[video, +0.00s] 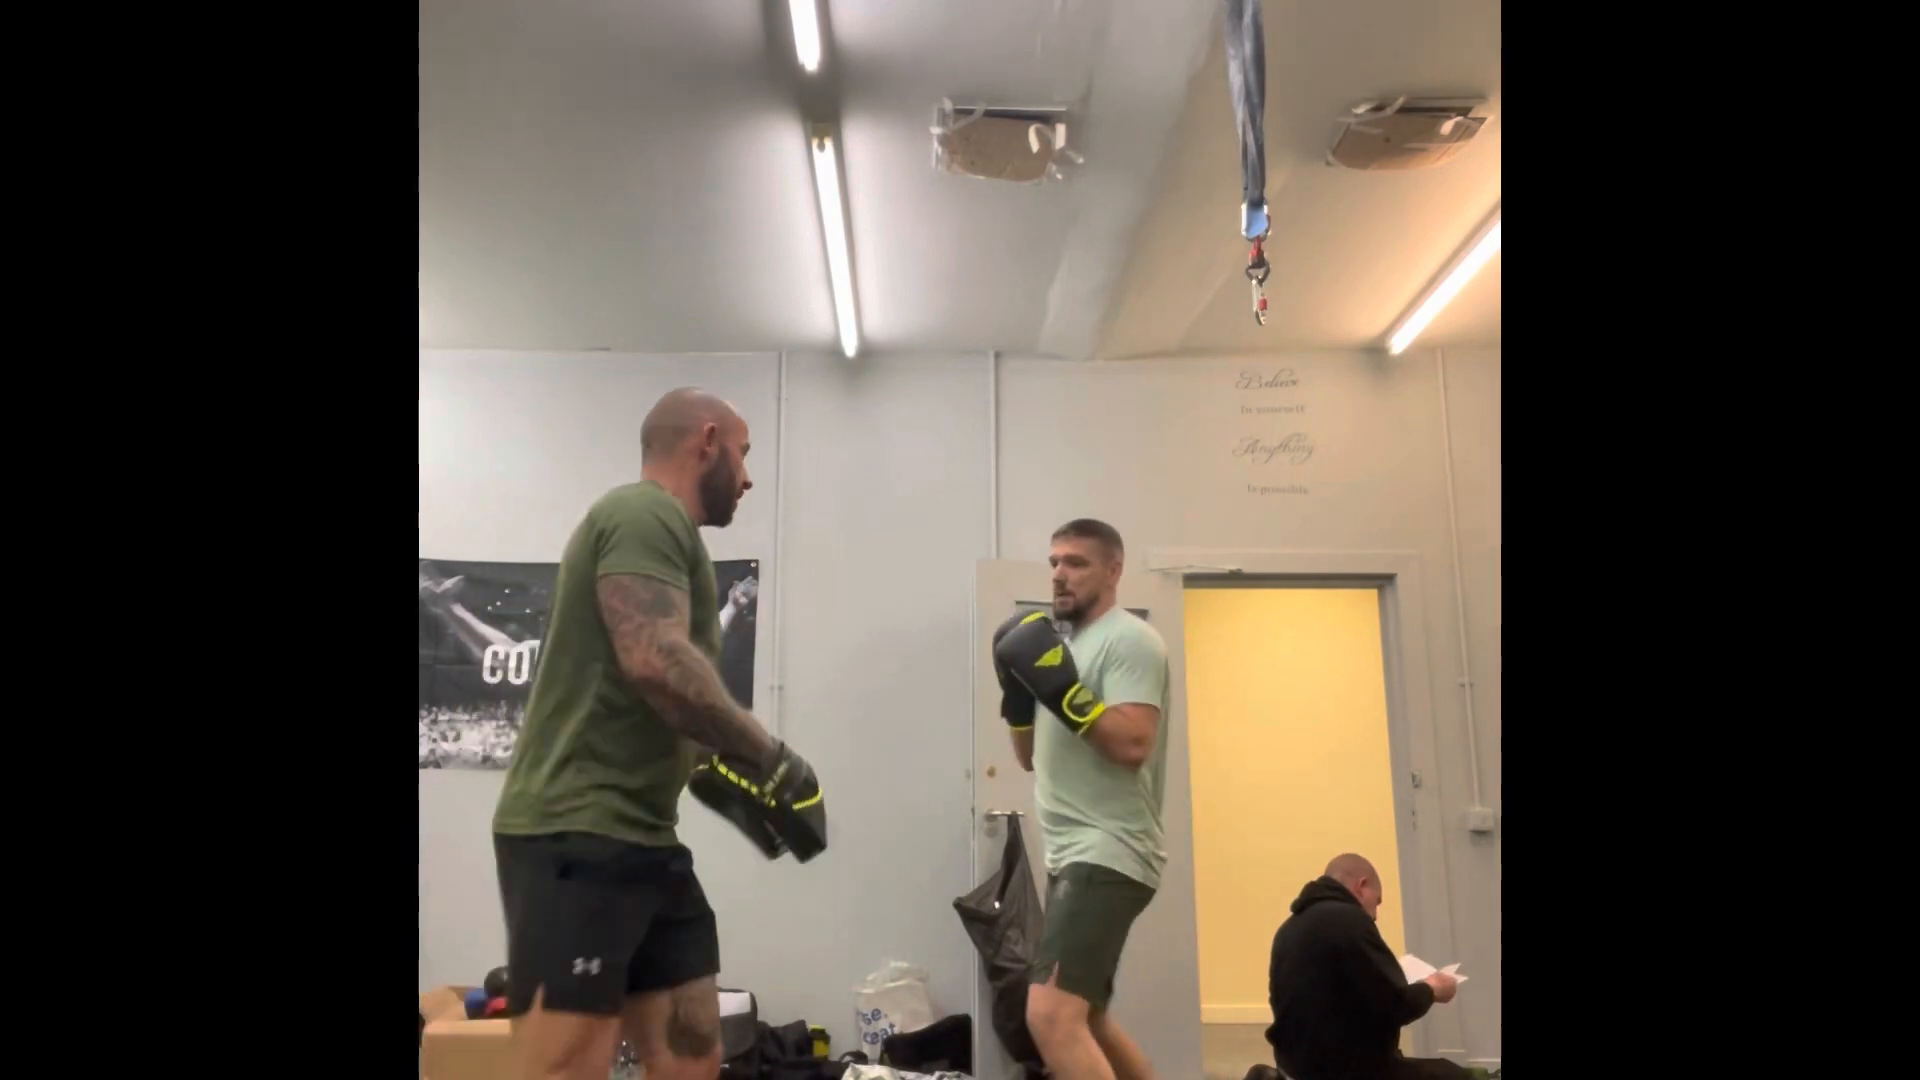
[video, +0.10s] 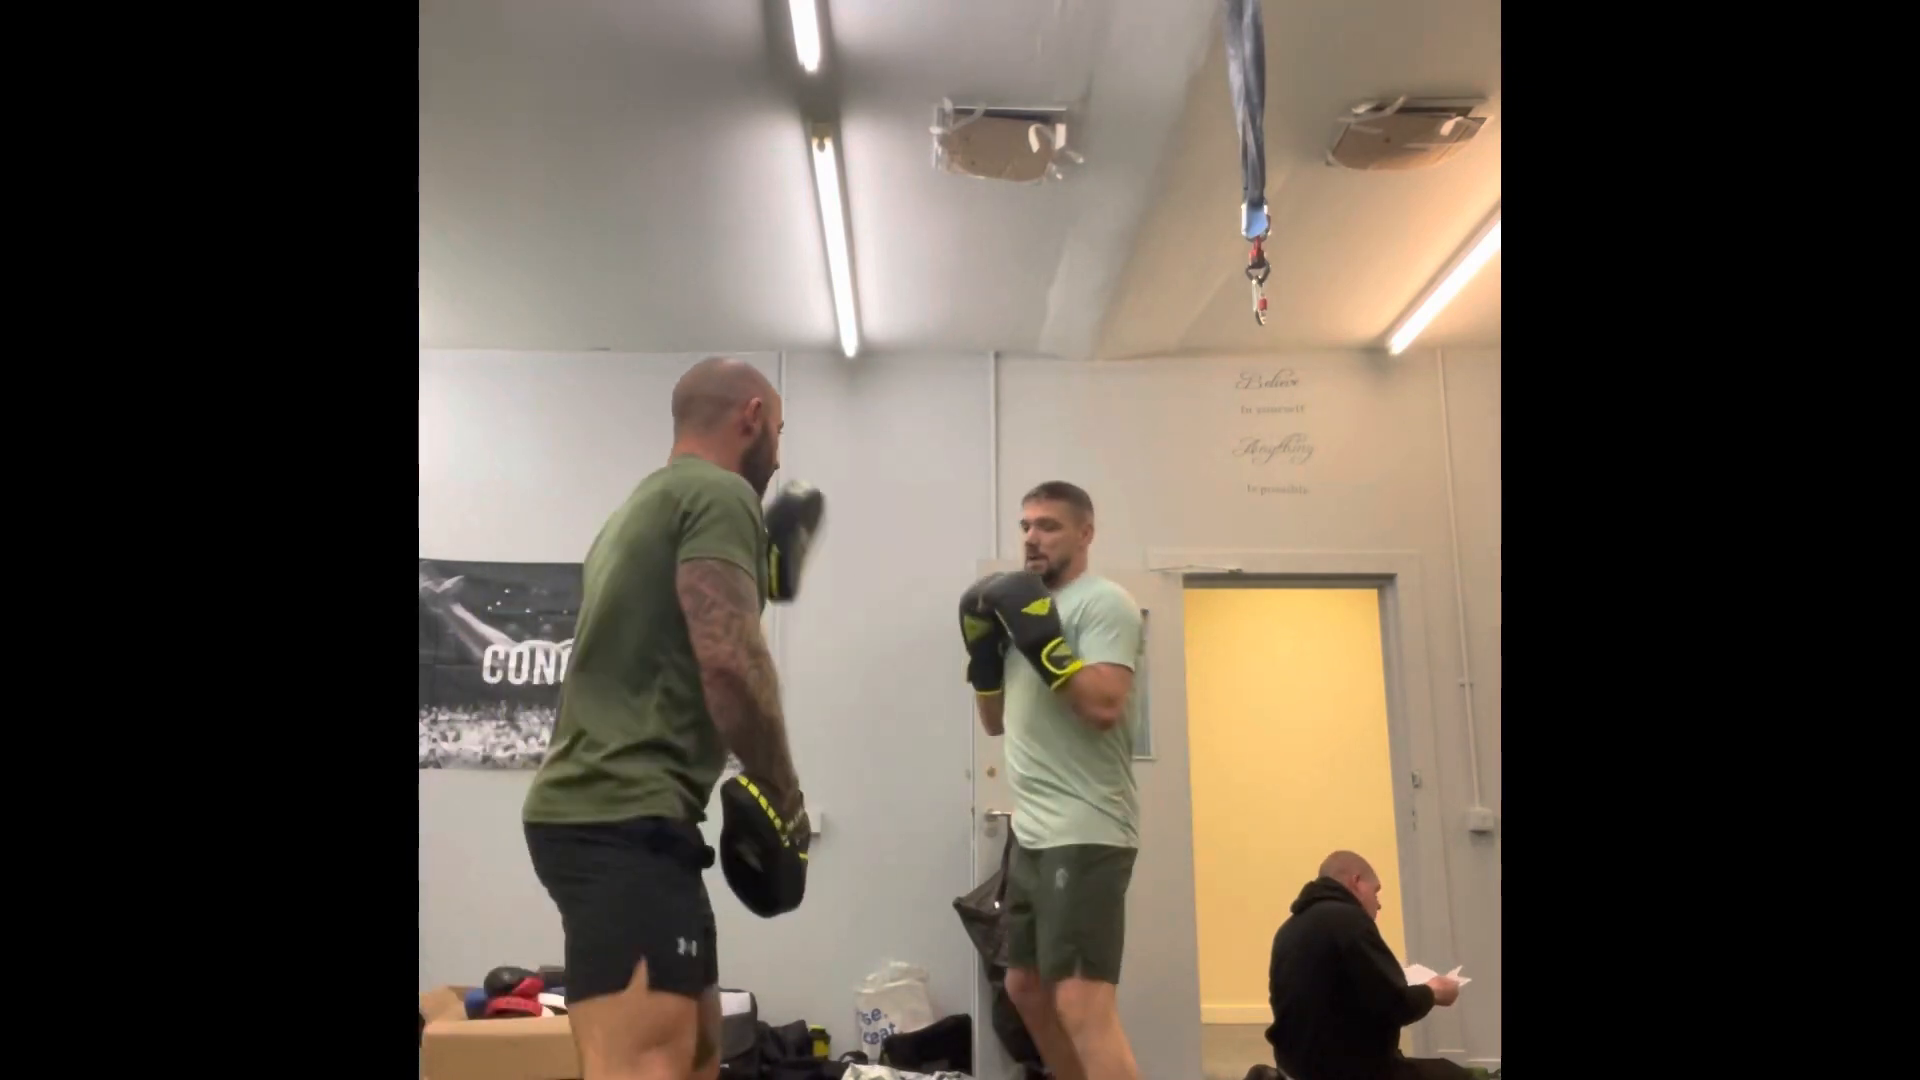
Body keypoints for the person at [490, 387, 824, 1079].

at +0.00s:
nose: (750, 476)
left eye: (749, 457)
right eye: (743, 454)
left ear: (690, 449)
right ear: (707, 445)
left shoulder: (678, 544)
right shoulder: (643, 511)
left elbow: (656, 702)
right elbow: (655, 656)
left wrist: (720, 781)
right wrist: (776, 762)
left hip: (644, 833)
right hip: (573, 829)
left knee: (687, 1049)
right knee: (565, 1059)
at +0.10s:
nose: (778, 455)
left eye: (781, 435)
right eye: (780, 432)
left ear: (688, 421)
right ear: (753, 415)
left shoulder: (646, 504)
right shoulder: (715, 493)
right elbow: (728, 666)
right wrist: (784, 803)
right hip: (623, 815)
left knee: (692, 1051)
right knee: (641, 1060)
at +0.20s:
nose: (787, 435)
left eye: (790, 419)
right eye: (792, 416)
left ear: (689, 406)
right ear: (773, 404)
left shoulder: (605, 513)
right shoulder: (767, 495)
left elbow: (608, 689)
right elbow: (815, 684)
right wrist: (843, 819)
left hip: (575, 842)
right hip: (674, 845)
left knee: (725, 1040)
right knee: (657, 1065)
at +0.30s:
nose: (822, 408)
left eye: (824, 393)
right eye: (826, 390)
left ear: (724, 381)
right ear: (808, 378)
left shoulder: (648, 481)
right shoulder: (791, 469)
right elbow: (835, 653)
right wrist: (885, 793)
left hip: (589, 801)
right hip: (676, 805)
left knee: (725, 1055)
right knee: (681, 1065)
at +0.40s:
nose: (834, 417)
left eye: (838, 397)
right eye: (837, 394)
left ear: (732, 378)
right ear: (817, 380)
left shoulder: (652, 474)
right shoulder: (793, 467)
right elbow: (819, 667)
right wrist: (869, 796)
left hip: (584, 799)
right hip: (664, 807)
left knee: (706, 1060)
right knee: (657, 1066)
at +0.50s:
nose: (819, 395)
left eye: (822, 373)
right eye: (824, 370)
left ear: (710, 351)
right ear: (802, 354)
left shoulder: (610, 448)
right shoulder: (785, 455)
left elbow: (586, 638)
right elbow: (833, 671)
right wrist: (832, 797)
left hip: (527, 801)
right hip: (637, 810)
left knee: (687, 1042)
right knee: (627, 1063)